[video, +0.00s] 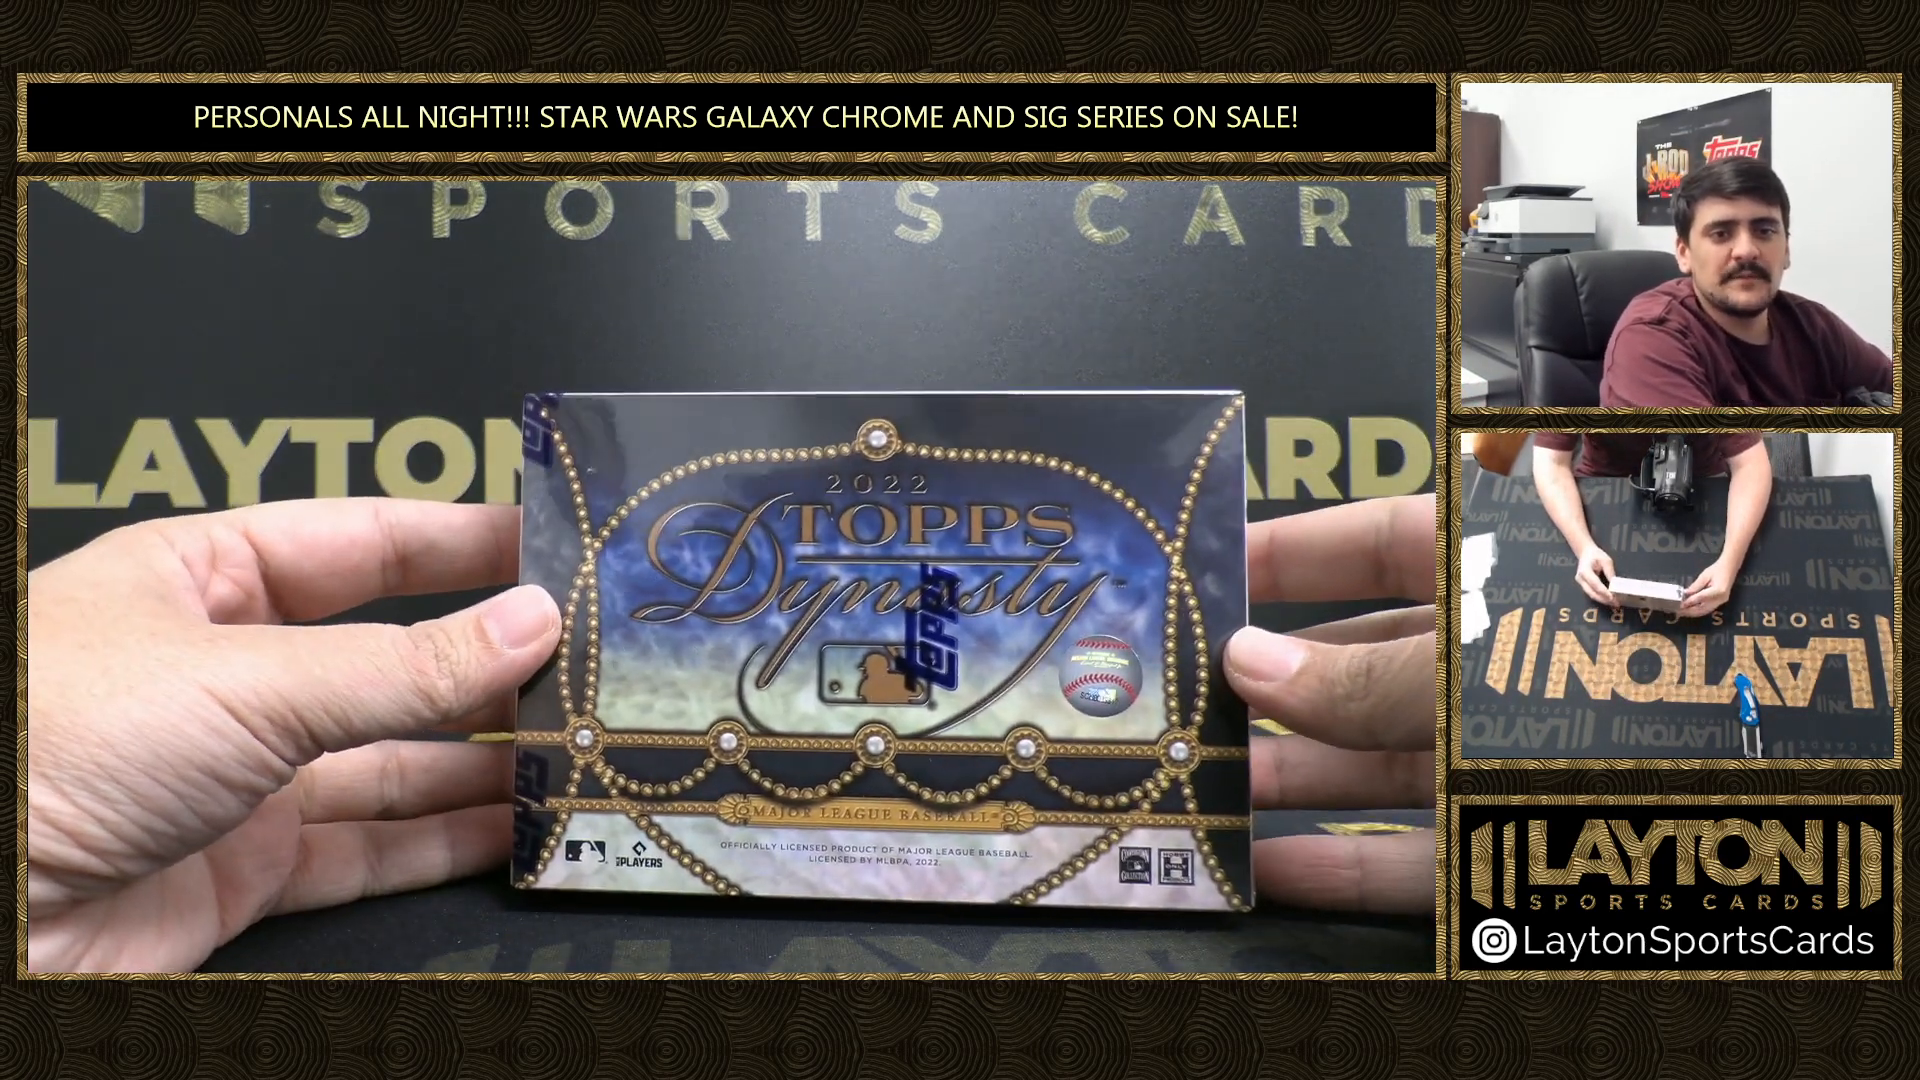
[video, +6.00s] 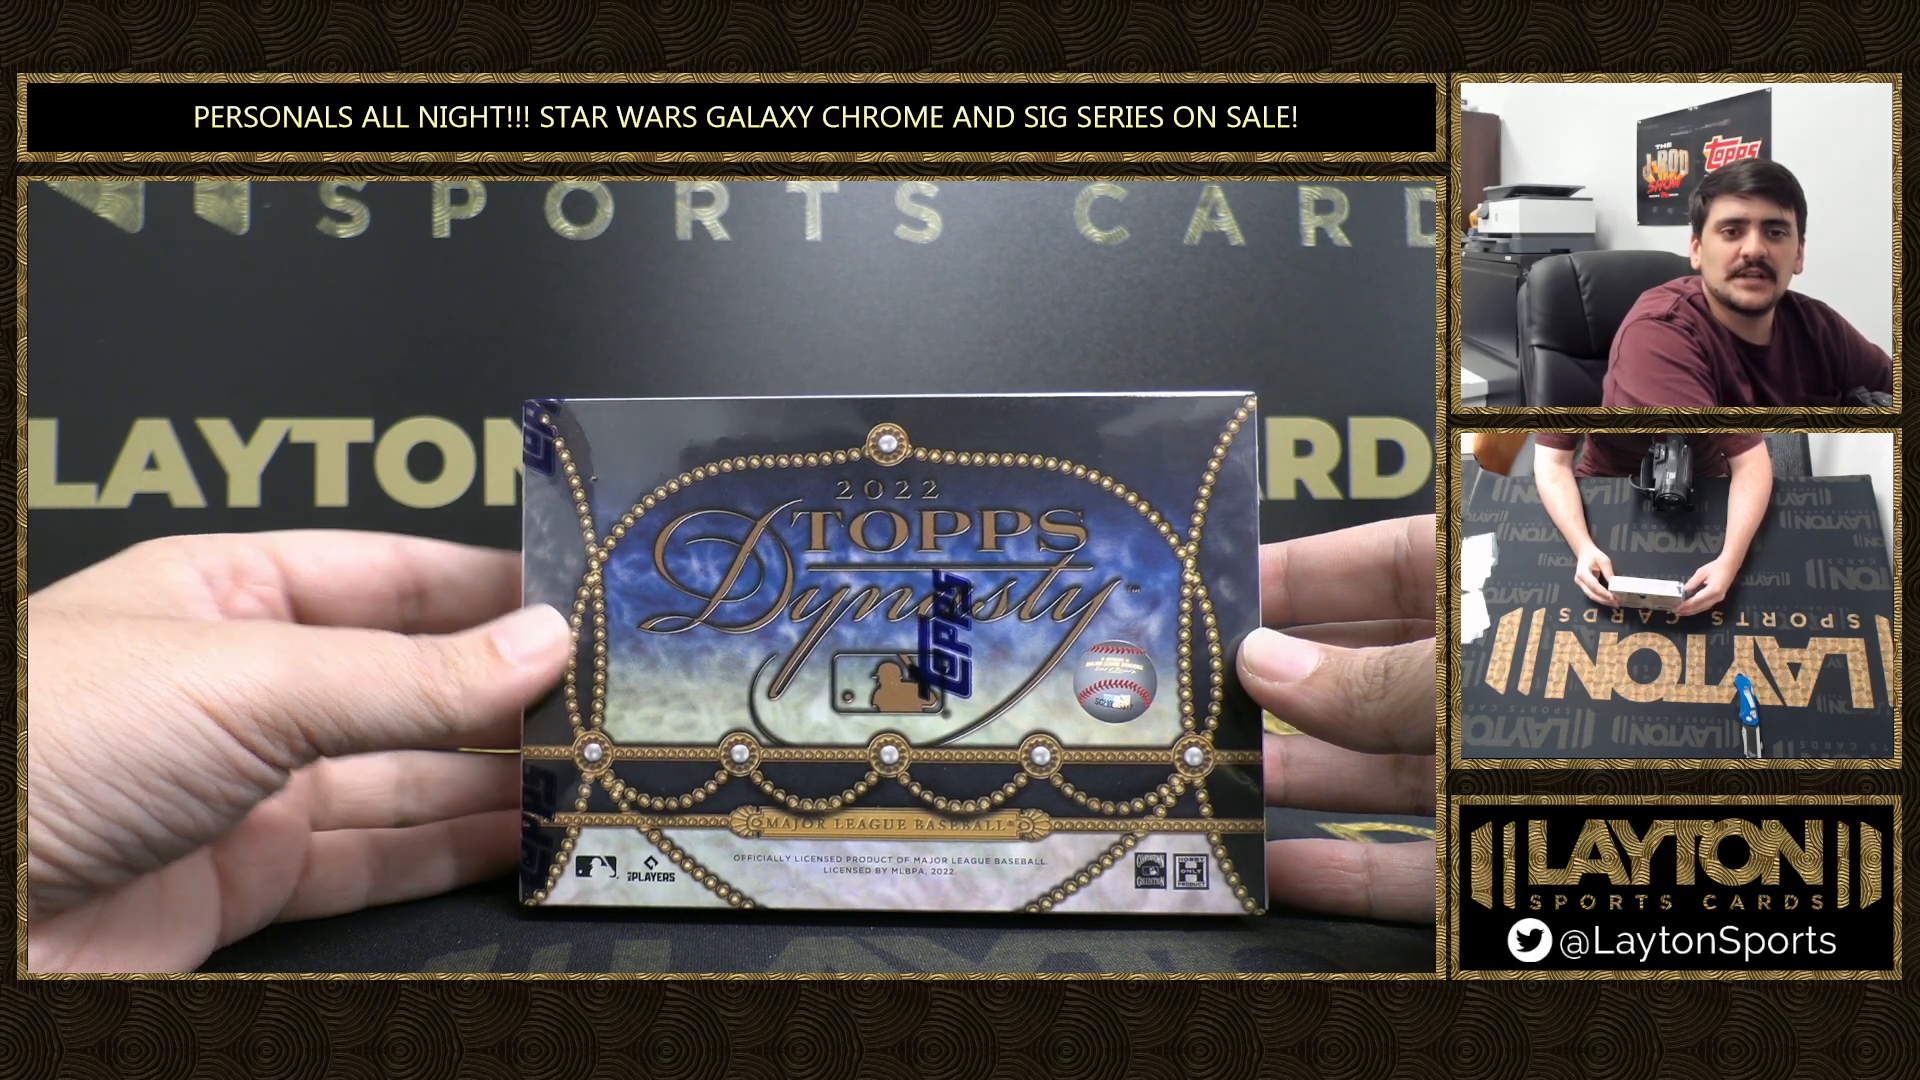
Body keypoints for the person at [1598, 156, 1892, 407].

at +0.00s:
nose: (1746, 250)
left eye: (1763, 231)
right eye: (1721, 234)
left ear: (1786, 250)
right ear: (1684, 254)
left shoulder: (1814, 329)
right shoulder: (1651, 335)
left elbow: (1895, 387)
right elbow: (1744, 461)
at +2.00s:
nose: (1742, 249)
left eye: (1764, 232)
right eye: (1721, 233)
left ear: (1795, 254)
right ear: (1691, 256)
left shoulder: (1817, 329)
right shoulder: (1655, 334)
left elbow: (1897, 390)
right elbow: (1746, 461)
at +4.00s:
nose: (1749, 252)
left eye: (1771, 235)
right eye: (1729, 233)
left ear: (1800, 256)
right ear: (1696, 251)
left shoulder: (1818, 329)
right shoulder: (1656, 333)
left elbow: (1896, 387)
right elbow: (1746, 460)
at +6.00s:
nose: (1754, 249)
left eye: (1775, 232)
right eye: (1732, 232)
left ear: (1799, 254)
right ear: (1696, 250)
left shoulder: (1818, 328)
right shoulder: (1658, 332)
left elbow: (1896, 388)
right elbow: (1746, 460)